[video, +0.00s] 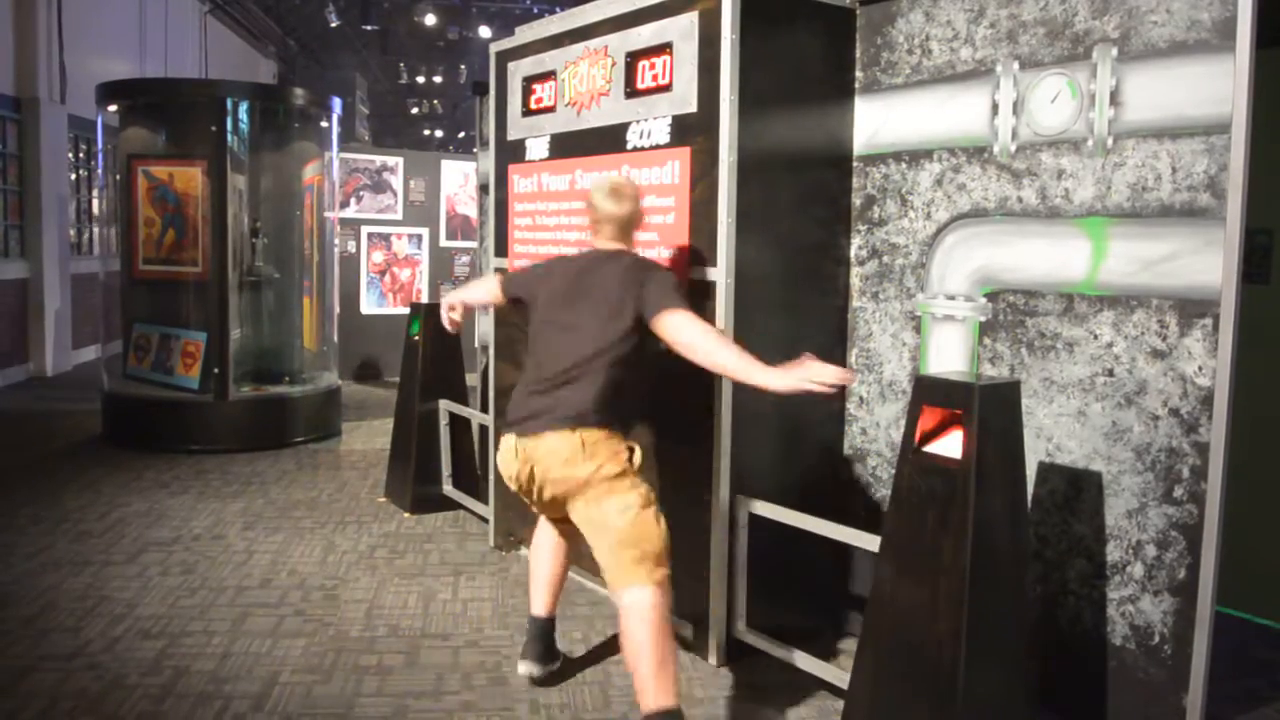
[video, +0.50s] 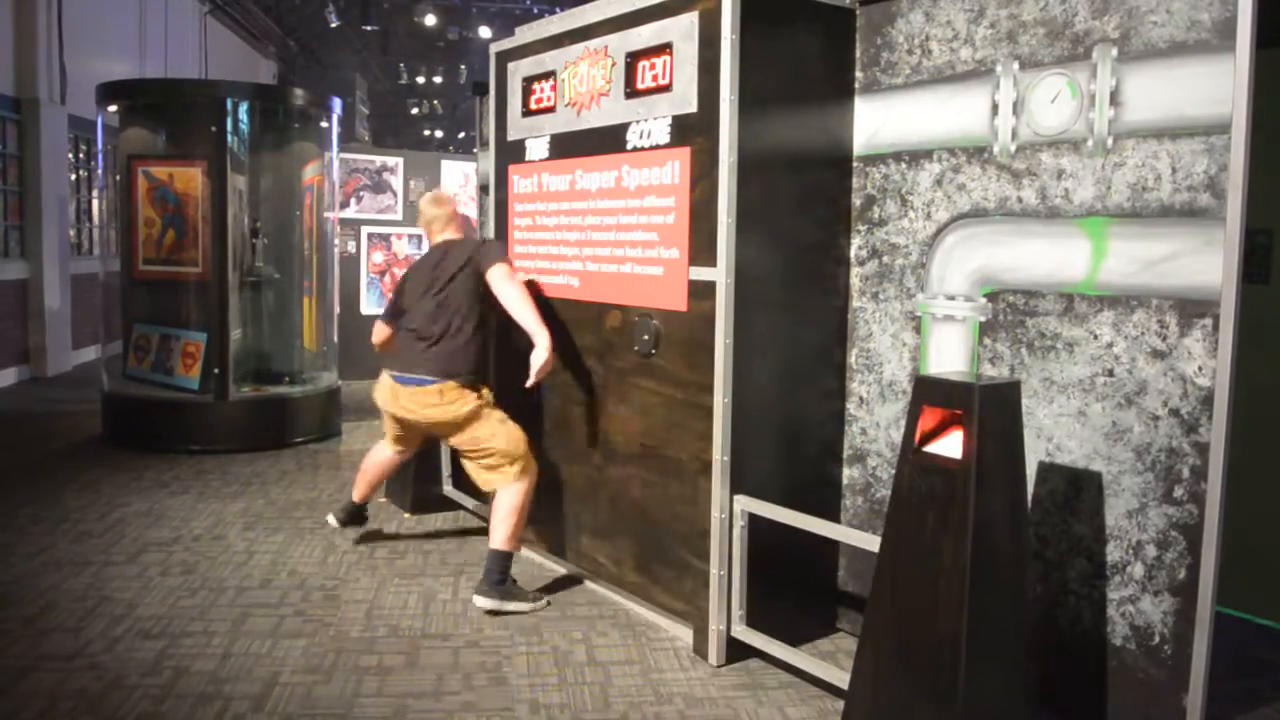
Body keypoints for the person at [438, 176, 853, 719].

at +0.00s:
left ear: (588, 223)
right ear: (637, 223)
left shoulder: (549, 273)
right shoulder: (644, 276)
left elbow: (487, 290)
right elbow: (687, 334)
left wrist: (453, 299)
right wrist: (771, 376)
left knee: (552, 514)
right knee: (640, 585)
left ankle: (538, 644)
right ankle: (661, 710)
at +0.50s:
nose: (466, 220)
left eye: (461, 215)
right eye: (462, 215)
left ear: (425, 231)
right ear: (460, 220)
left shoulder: (413, 272)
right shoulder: (481, 249)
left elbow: (380, 337)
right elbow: (504, 283)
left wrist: (414, 352)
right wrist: (541, 338)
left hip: (395, 389)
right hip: (445, 394)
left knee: (396, 444)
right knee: (518, 468)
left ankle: (351, 509)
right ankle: (495, 582)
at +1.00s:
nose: (436, 270)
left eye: (434, 265)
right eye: (433, 265)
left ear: (395, 268)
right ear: (421, 264)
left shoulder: (381, 293)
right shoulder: (421, 286)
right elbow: (433, 305)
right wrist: (461, 329)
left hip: (326, 383)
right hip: (366, 383)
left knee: (364, 432)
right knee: (457, 438)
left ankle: (328, 513)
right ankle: (420, 543)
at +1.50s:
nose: (534, 176)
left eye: (533, 167)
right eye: (526, 168)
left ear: (487, 176)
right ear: (494, 174)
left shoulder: (460, 226)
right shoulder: (508, 210)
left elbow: (413, 275)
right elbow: (545, 242)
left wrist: (378, 320)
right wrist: (607, 261)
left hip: (432, 363)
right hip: (465, 374)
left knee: (510, 439)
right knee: (479, 480)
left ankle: (463, 547)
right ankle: (383, 540)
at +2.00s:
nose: (788, 408)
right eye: (782, 395)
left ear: (729, 374)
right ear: (739, 387)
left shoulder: (661, 371)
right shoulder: (709, 409)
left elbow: (588, 383)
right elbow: (803, 471)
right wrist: (914, 465)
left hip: (503, 460)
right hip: (538, 477)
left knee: (577, 529)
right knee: (663, 596)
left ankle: (506, 634)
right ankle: (620, 716)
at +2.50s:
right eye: (561, 174)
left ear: (513, 178)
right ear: (561, 178)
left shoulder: (483, 222)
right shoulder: (568, 227)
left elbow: (429, 243)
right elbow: (586, 295)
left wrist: (403, 266)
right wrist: (633, 376)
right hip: (517, 371)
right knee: (574, 494)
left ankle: (546, 617)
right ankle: (517, 634)